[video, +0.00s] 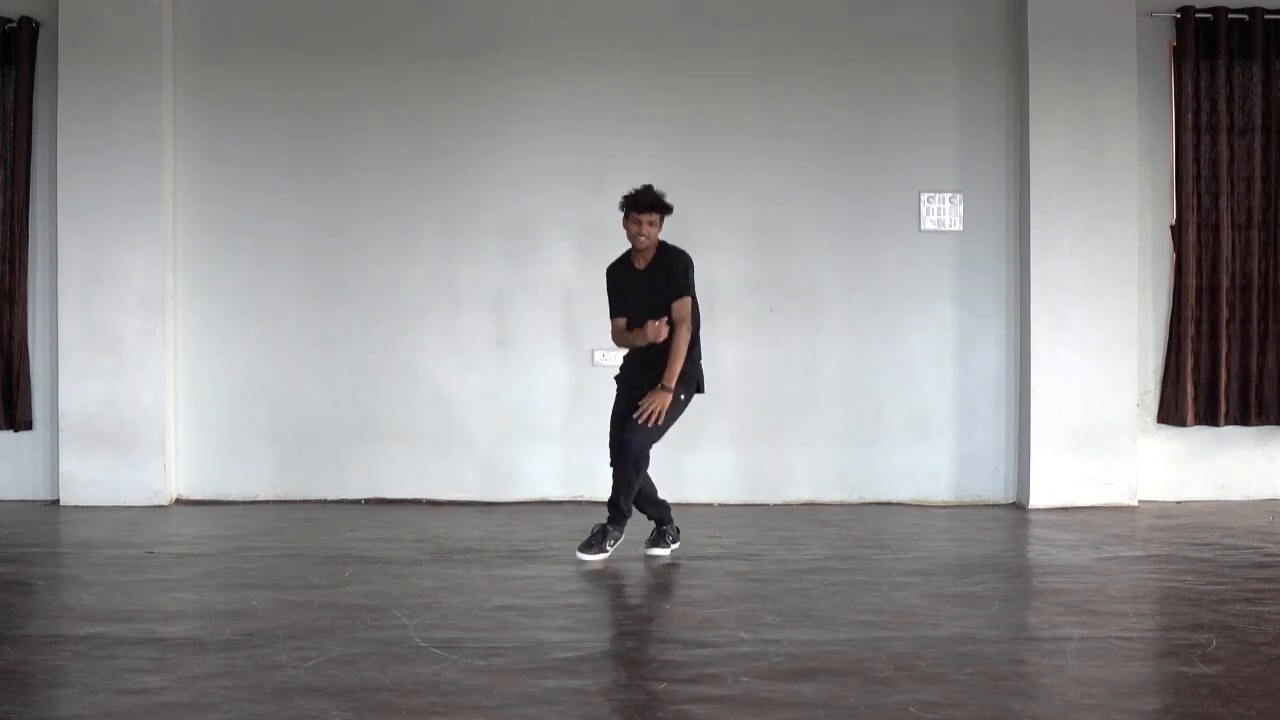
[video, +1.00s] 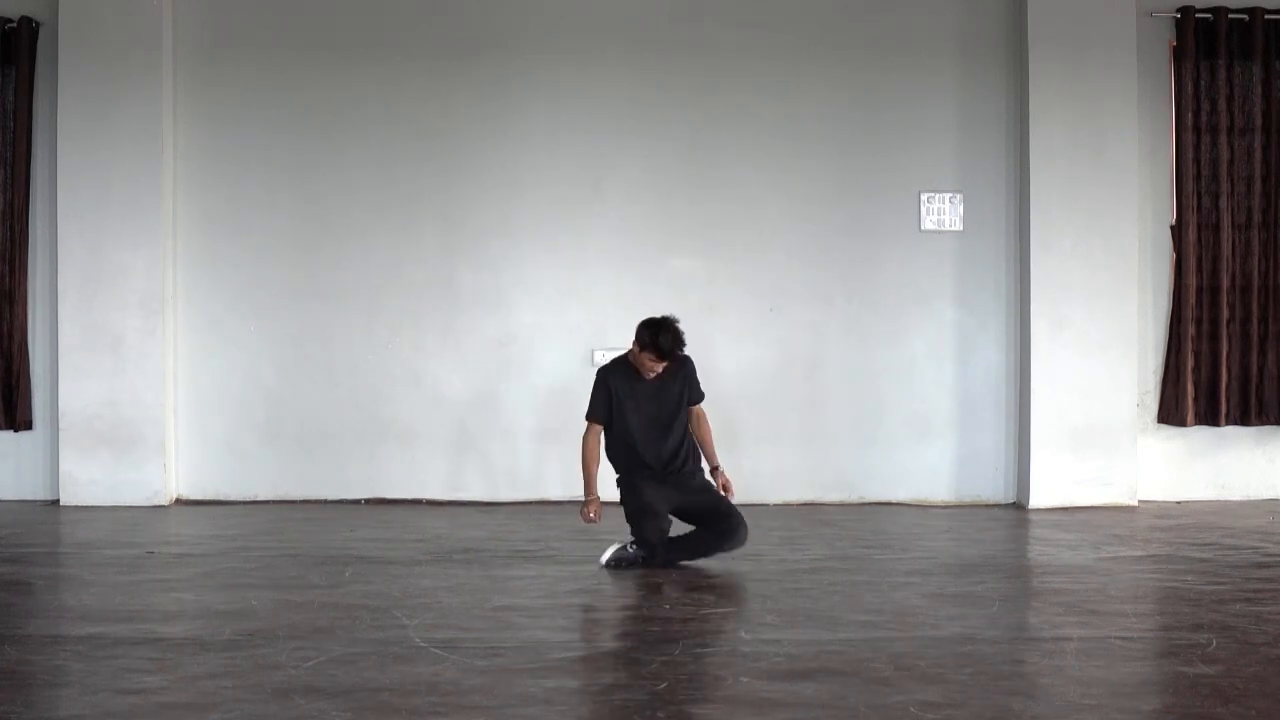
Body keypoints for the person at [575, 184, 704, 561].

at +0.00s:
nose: (643, 231)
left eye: (651, 224)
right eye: (636, 223)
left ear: (661, 226)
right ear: (625, 225)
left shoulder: (677, 263)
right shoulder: (617, 271)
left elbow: (684, 327)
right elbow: (618, 336)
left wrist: (667, 387)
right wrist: (642, 337)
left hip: (677, 371)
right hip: (635, 369)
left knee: (634, 438)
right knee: (621, 452)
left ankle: (613, 526)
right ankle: (665, 523)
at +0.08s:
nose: (648, 253)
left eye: (655, 246)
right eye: (641, 244)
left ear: (663, 245)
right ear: (628, 242)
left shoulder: (678, 280)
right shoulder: (616, 285)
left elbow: (689, 345)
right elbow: (617, 343)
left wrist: (674, 402)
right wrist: (622, 367)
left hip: (679, 386)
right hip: (638, 386)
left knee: (643, 449)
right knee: (618, 463)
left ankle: (618, 528)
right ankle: (666, 522)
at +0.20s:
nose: (657, 286)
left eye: (664, 280)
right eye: (651, 278)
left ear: (671, 274)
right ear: (634, 267)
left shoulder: (683, 300)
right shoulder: (615, 305)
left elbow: (700, 361)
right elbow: (608, 363)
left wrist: (702, 418)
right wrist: (597, 400)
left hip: (683, 403)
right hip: (639, 402)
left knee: (678, 474)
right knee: (630, 479)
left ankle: (624, 537)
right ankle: (664, 521)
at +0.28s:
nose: (665, 304)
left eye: (671, 298)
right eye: (659, 296)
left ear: (678, 292)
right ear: (641, 284)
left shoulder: (689, 314)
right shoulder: (616, 318)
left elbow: (708, 374)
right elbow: (602, 372)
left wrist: (718, 431)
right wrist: (590, 420)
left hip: (688, 421)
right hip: (641, 423)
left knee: (705, 496)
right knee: (642, 494)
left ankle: (630, 541)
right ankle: (663, 530)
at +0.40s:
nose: (678, 330)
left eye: (684, 324)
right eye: (673, 322)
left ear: (691, 317)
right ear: (655, 308)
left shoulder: (696, 334)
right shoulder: (625, 337)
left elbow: (711, 391)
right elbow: (602, 388)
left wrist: (729, 445)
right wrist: (595, 445)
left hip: (697, 454)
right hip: (651, 456)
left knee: (725, 532)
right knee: (666, 534)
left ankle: (642, 553)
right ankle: (632, 545)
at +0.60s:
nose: (698, 373)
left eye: (704, 367)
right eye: (694, 364)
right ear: (677, 346)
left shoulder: (704, 371)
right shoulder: (641, 376)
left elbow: (707, 428)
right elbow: (619, 436)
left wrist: (720, 483)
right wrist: (620, 502)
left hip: (708, 485)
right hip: (666, 490)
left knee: (740, 553)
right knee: (689, 559)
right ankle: (645, 547)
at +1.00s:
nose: (658, 368)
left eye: (665, 363)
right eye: (652, 361)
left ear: (673, 357)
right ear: (635, 349)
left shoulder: (682, 367)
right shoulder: (610, 376)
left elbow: (696, 415)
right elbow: (592, 434)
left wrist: (715, 468)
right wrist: (591, 495)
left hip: (685, 478)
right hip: (639, 483)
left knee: (733, 530)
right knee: (653, 534)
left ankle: (648, 555)